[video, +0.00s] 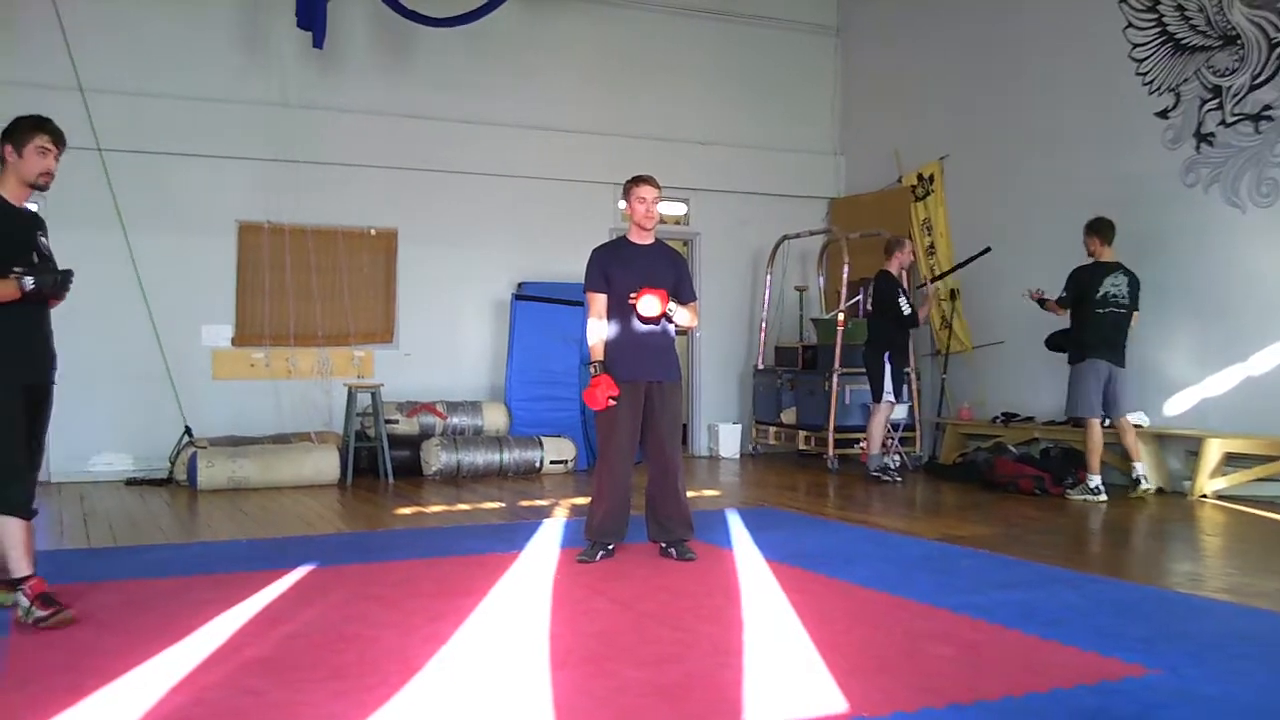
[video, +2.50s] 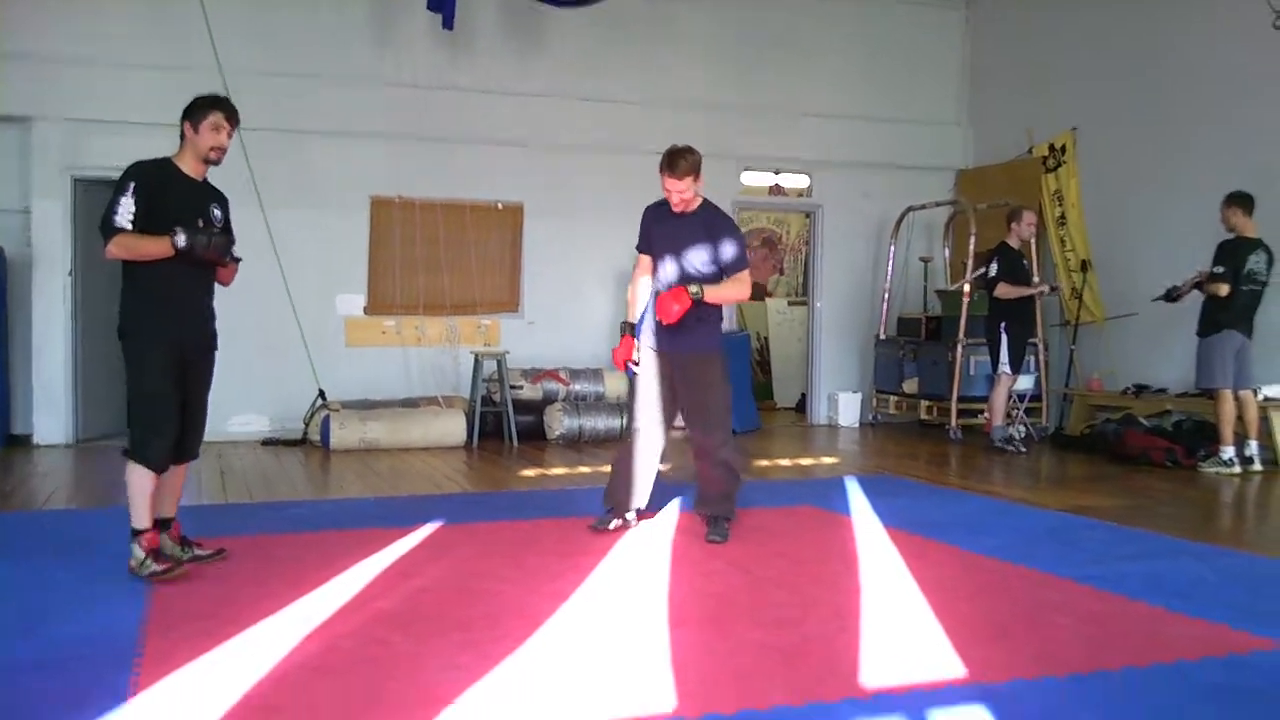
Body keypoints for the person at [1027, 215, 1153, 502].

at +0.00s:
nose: (1084, 246)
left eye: (1086, 241)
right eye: (1085, 241)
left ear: (1095, 241)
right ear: (1110, 241)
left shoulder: (1083, 274)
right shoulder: (1130, 277)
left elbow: (1059, 309)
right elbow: (1131, 319)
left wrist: (1040, 299)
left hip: (1089, 354)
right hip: (1116, 356)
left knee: (1093, 420)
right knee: (1121, 417)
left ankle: (1094, 484)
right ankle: (1141, 477)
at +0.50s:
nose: (1110, 245)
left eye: (1112, 240)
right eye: (1111, 240)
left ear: (1122, 241)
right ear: (1136, 241)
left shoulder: (1111, 277)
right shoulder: (1155, 277)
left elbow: (1106, 320)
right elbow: (1160, 317)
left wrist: (1103, 356)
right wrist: (1130, 315)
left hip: (1118, 357)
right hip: (1142, 359)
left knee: (1120, 422)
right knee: (1144, 420)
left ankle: (1124, 485)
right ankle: (1150, 483)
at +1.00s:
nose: (1200, 252)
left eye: (1201, 247)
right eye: (1200, 247)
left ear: (1212, 246)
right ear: (1224, 246)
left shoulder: (1205, 282)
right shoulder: (1243, 284)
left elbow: (1194, 326)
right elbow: (1228, 320)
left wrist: (1170, 333)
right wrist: (1191, 307)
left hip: (1202, 362)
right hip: (1226, 362)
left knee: (1204, 428)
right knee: (1227, 426)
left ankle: (1207, 493)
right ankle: (1233, 492)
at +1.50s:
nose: (1189, 254)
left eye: (1190, 249)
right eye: (1188, 249)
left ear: (1203, 244)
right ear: (1210, 244)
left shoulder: (1202, 277)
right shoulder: (1233, 279)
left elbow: (1192, 319)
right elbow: (1208, 315)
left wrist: (1171, 305)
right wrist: (1177, 300)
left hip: (1194, 360)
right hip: (1216, 361)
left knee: (1196, 426)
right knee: (1217, 424)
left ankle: (1199, 490)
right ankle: (1224, 489)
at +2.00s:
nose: (1235, 254)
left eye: (1236, 248)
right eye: (1234, 249)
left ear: (1248, 243)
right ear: (1256, 242)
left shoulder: (1251, 276)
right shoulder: (1274, 275)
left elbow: (1244, 319)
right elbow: (1257, 316)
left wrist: (1216, 304)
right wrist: (1232, 297)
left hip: (1240, 360)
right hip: (1262, 360)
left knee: (1242, 426)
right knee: (1263, 425)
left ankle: (1246, 491)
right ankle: (1272, 489)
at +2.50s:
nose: (1221, 218)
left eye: (1224, 213)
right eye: (1222, 213)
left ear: (1236, 213)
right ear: (1246, 213)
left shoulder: (1229, 247)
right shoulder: (1264, 251)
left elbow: (1221, 289)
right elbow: (1246, 288)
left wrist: (1201, 283)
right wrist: (1209, 278)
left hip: (1221, 328)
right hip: (1244, 328)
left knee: (1223, 391)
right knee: (1245, 390)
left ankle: (1226, 455)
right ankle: (1253, 453)